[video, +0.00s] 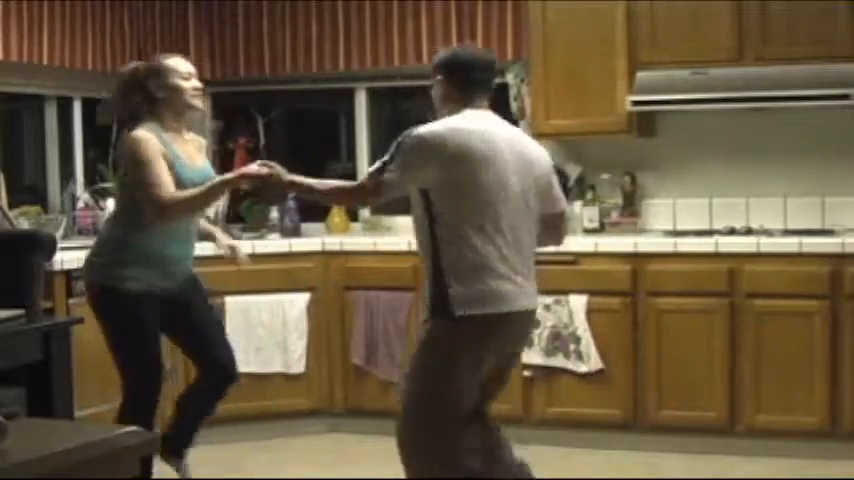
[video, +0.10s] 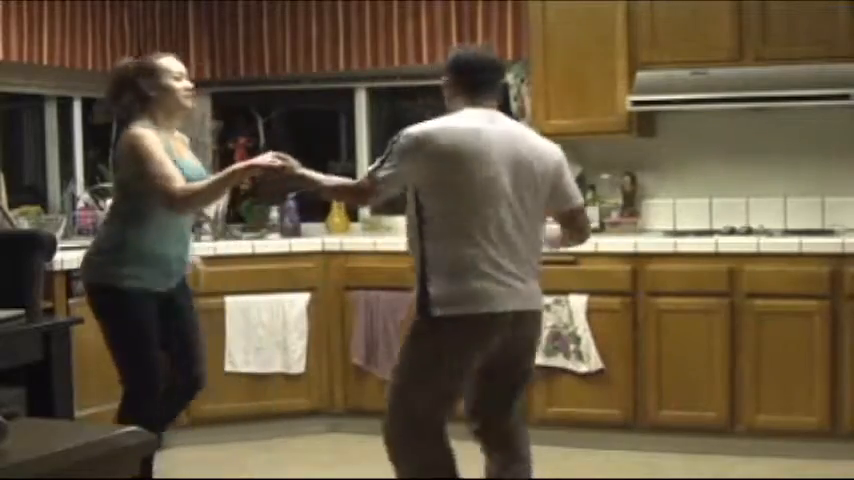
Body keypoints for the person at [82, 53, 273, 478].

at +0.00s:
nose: (199, 84)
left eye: (197, 77)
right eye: (187, 77)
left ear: (191, 89)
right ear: (157, 88)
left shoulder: (197, 143)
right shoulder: (141, 140)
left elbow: (187, 209)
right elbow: (163, 206)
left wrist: (221, 236)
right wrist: (230, 181)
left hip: (172, 276)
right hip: (121, 279)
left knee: (221, 369)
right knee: (143, 385)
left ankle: (173, 446)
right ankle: (132, 468)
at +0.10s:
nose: (190, 85)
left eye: (188, 77)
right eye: (179, 77)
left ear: (172, 89)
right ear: (151, 87)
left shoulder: (178, 142)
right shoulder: (139, 137)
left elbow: (201, 196)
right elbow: (177, 197)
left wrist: (243, 176)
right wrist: (242, 170)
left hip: (166, 277)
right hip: (121, 279)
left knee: (189, 377)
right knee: (145, 387)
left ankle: (124, 454)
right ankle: (133, 469)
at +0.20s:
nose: (188, 94)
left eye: (187, 85)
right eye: (179, 85)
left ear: (160, 94)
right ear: (151, 91)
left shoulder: (157, 140)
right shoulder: (139, 138)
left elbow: (203, 197)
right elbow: (199, 191)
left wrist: (253, 169)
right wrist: (264, 161)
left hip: (151, 280)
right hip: (123, 281)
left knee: (155, 384)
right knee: (159, 384)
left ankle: (127, 469)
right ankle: (120, 470)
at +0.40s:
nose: (197, 116)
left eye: (198, 107)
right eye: (193, 107)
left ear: (159, 103)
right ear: (165, 104)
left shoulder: (130, 144)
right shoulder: (161, 148)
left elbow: (110, 209)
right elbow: (230, 199)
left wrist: (163, 255)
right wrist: (299, 169)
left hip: (112, 275)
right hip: (125, 278)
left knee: (168, 371)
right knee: (191, 360)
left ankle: (129, 448)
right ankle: (138, 458)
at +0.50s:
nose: (200, 134)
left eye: (201, 125)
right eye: (196, 125)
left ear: (164, 122)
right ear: (169, 123)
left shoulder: (124, 165)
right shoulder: (170, 169)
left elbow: (125, 233)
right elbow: (232, 222)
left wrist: (183, 256)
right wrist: (298, 197)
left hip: (104, 289)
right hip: (136, 291)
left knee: (162, 389)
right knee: (202, 358)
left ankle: (115, 465)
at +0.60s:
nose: (206, 145)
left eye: (207, 136)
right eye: (201, 135)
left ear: (171, 135)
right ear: (173, 134)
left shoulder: (134, 175)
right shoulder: (170, 184)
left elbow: (164, 245)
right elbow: (235, 238)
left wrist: (222, 255)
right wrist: (300, 218)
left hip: (117, 303)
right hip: (148, 305)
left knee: (178, 402)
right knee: (220, 373)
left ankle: (109, 467)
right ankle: (220, 474)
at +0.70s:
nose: (215, 137)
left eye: (215, 128)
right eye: (209, 128)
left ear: (181, 132)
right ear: (180, 130)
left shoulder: (161, 179)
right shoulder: (173, 182)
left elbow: (218, 241)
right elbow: (233, 235)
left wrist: (262, 238)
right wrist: (304, 213)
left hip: (146, 305)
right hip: (156, 305)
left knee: (205, 401)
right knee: (244, 372)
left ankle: (122, 460)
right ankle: (218, 473)